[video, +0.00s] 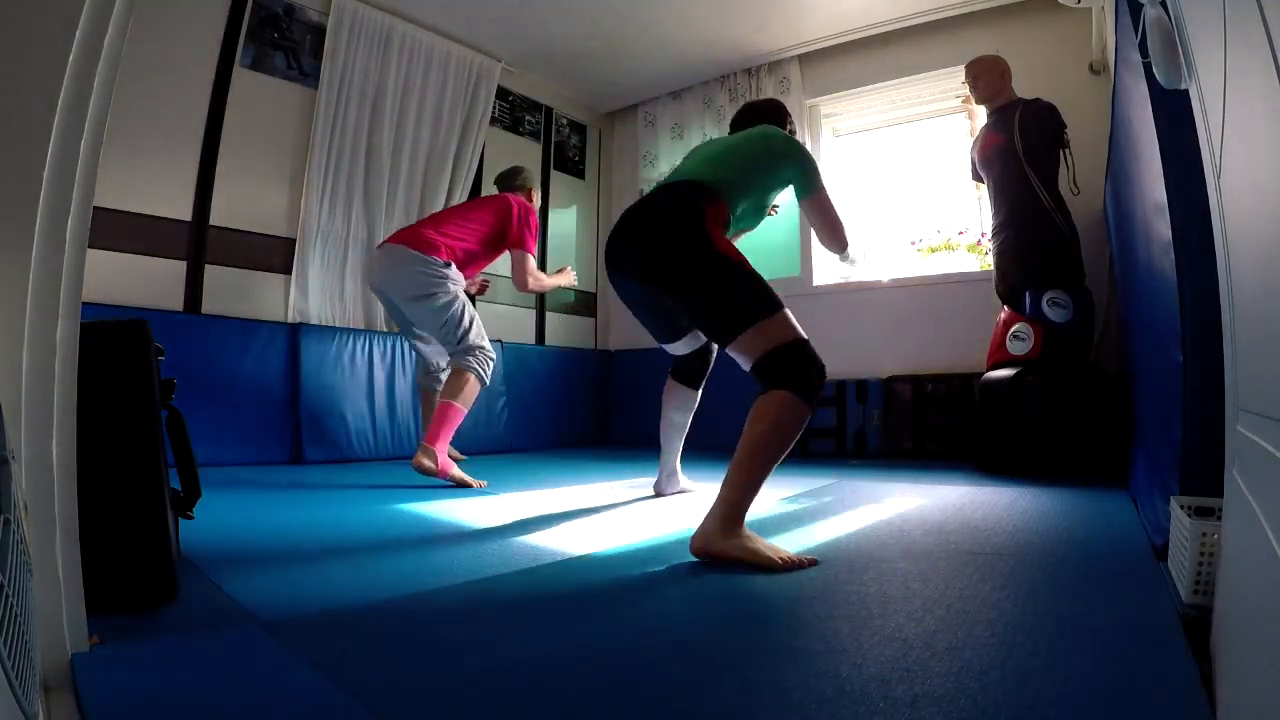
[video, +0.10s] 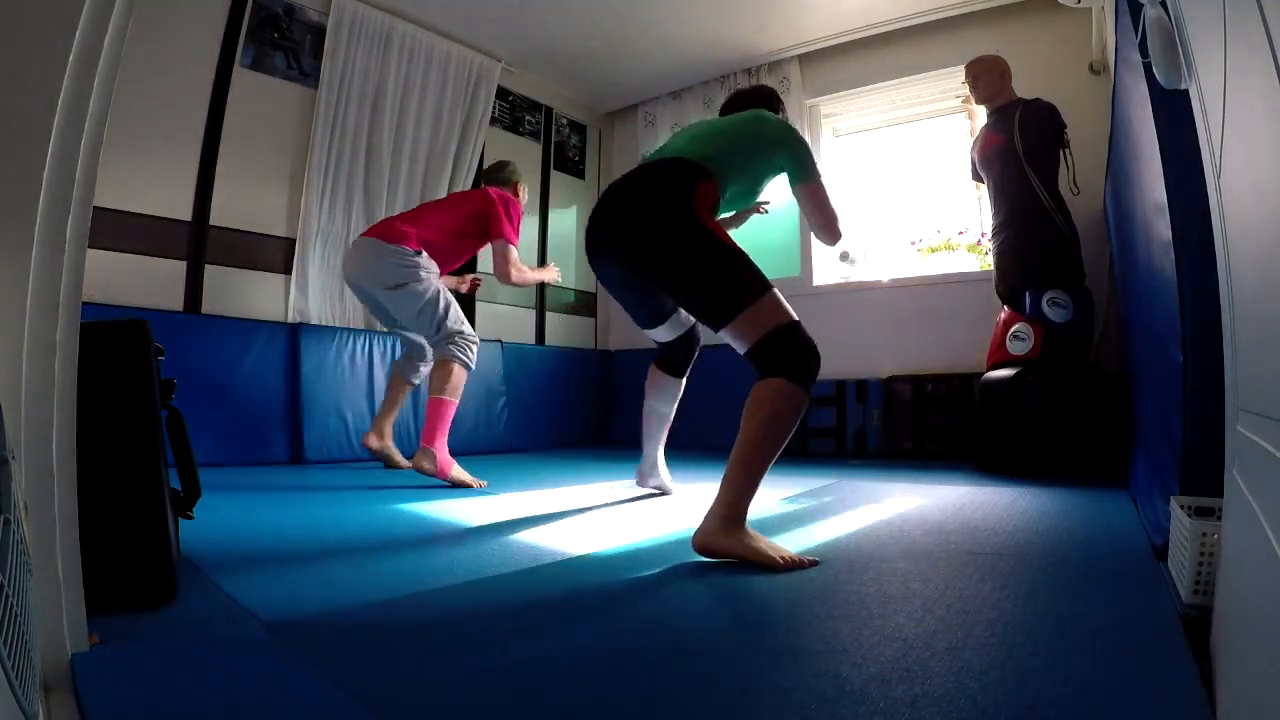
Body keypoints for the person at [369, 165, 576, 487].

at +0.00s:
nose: (538, 203)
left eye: (537, 199)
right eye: (538, 198)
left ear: (503, 192)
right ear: (532, 195)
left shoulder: (478, 207)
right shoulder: (522, 209)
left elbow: (429, 246)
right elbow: (526, 280)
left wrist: (463, 284)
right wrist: (561, 279)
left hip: (384, 261)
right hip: (424, 265)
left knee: (435, 357)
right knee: (477, 354)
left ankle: (434, 441)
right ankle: (434, 450)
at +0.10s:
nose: (525, 204)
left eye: (526, 198)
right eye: (526, 196)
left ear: (487, 186)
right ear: (519, 189)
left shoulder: (461, 203)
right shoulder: (503, 201)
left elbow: (412, 261)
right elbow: (509, 273)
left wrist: (454, 282)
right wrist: (544, 274)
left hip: (360, 258)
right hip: (395, 257)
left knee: (419, 349)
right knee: (459, 341)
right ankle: (434, 451)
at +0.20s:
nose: (508, 201)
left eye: (510, 194)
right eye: (510, 192)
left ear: (470, 183)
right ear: (502, 186)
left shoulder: (448, 204)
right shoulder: (483, 199)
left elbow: (395, 272)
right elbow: (491, 271)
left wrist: (441, 284)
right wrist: (528, 273)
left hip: (339, 260)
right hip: (369, 257)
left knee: (396, 354)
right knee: (444, 333)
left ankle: (375, 441)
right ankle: (391, 434)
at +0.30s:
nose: (490, 193)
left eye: (491, 186)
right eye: (491, 185)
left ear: (451, 178)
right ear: (482, 179)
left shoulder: (431, 197)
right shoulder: (467, 196)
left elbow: (375, 260)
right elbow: (472, 271)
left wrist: (413, 280)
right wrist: (513, 271)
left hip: (324, 258)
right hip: (350, 262)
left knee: (381, 352)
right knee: (404, 356)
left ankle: (368, 448)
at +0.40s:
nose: (472, 187)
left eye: (473, 182)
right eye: (473, 180)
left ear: (433, 172)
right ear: (465, 173)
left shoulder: (412, 190)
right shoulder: (451, 191)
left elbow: (349, 240)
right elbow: (459, 269)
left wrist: (389, 274)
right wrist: (493, 267)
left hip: (302, 248)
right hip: (327, 255)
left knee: (363, 343)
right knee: (376, 361)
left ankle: (369, 441)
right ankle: (294, 457)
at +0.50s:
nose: (460, 184)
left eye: (462, 176)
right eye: (461, 174)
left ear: (419, 164)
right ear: (452, 166)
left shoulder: (398, 183)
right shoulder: (433, 180)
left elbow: (335, 255)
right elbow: (440, 259)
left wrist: (380, 269)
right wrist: (478, 260)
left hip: (282, 238)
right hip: (301, 242)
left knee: (345, 336)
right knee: (352, 351)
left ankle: (328, 436)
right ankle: (287, 465)